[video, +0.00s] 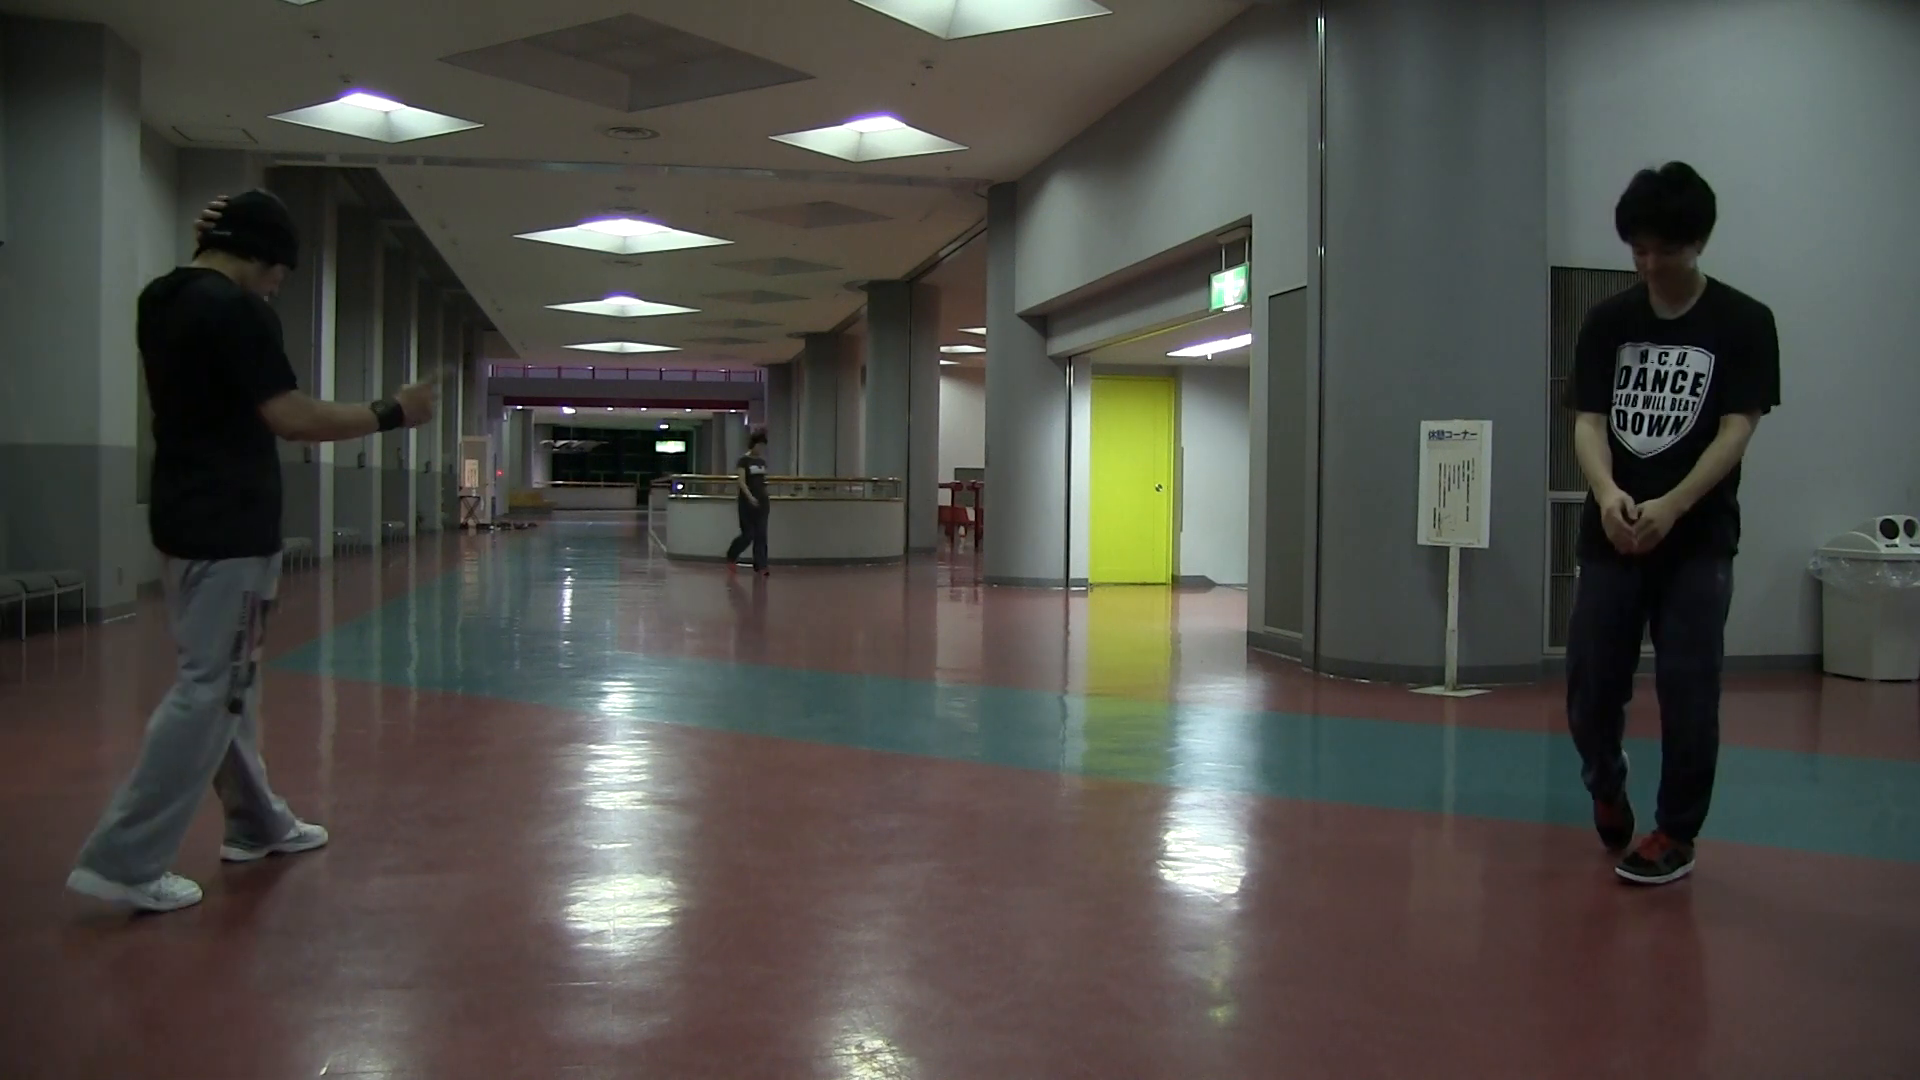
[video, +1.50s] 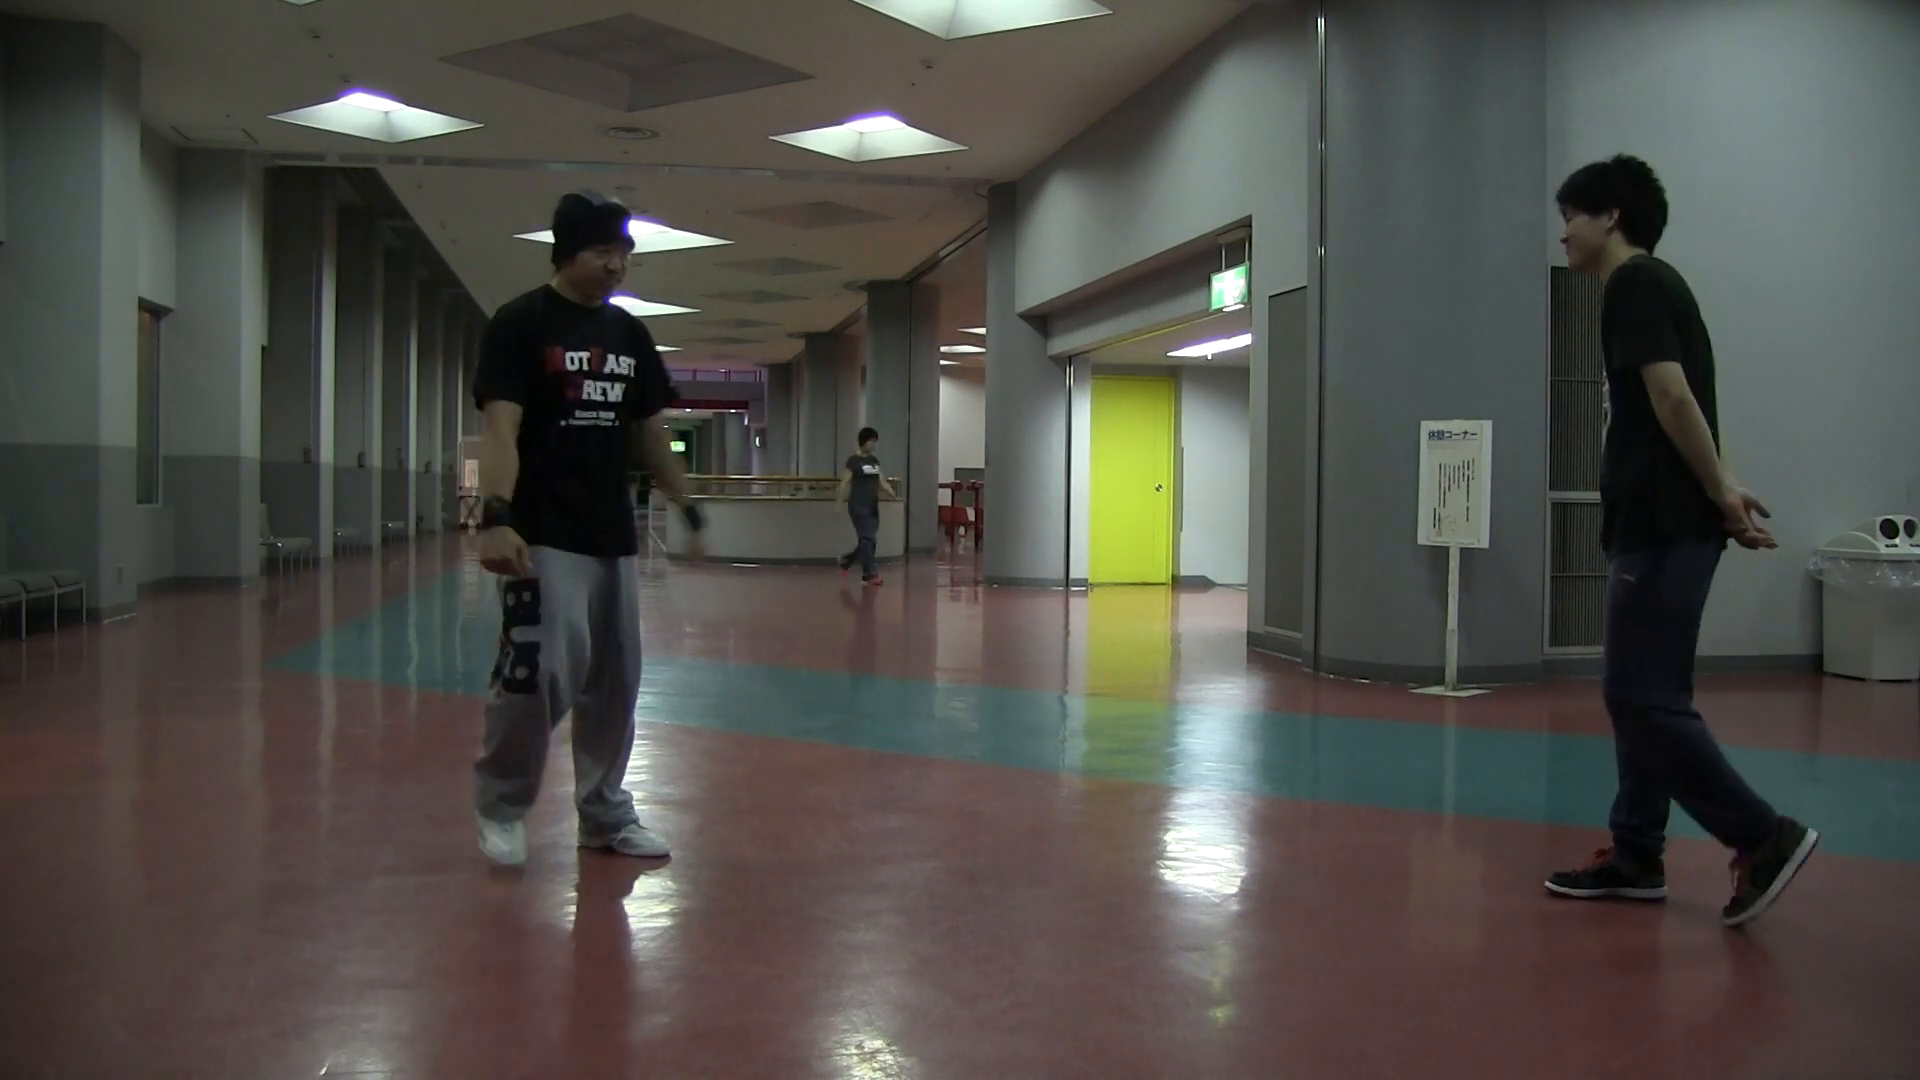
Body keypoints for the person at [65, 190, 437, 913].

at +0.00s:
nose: (276, 288)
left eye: (280, 274)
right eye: (278, 272)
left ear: (212, 244)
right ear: (257, 258)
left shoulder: (160, 300)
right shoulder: (240, 313)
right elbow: (290, 416)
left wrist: (212, 242)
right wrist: (390, 413)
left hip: (184, 522)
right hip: (236, 528)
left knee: (223, 682)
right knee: (207, 691)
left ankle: (257, 824)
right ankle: (119, 862)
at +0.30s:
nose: (344, 280)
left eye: (347, 269)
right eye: (341, 265)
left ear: (288, 251)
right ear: (310, 254)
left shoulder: (258, 300)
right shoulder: (278, 305)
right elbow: (282, 413)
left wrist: (323, 272)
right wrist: (320, 512)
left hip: (250, 520)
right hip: (292, 520)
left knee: (257, 666)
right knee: (358, 659)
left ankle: (246, 820)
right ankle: (284, 808)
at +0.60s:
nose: (425, 295)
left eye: (428, 284)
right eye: (421, 281)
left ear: (381, 268)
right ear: (387, 270)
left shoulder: (368, 323)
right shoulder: (341, 322)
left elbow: (436, 359)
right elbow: (316, 424)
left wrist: (425, 288)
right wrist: (298, 525)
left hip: (347, 534)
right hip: (370, 538)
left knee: (302, 684)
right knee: (404, 684)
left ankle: (259, 816)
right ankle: (438, 810)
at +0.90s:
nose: (480, 278)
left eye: (482, 266)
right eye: (474, 266)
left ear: (439, 262)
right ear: (440, 263)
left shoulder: (425, 326)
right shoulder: (414, 333)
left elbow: (477, 392)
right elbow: (446, 440)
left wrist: (554, 425)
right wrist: (505, 527)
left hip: (441, 530)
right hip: (434, 535)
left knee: (452, 659)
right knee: (451, 674)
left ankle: (396, 759)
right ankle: (440, 812)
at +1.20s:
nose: (555, 279)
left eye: (557, 267)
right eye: (544, 267)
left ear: (541, 267)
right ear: (508, 268)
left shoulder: (536, 337)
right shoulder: (468, 340)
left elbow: (529, 433)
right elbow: (482, 445)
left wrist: (581, 464)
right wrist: (572, 470)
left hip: (534, 536)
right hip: (479, 543)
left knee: (563, 682)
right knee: (467, 680)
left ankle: (608, 816)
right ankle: (438, 811)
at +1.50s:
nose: (619, 266)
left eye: (624, 254)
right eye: (607, 253)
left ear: (623, 257)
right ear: (569, 254)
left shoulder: (630, 334)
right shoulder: (519, 325)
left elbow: (649, 434)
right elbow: (499, 428)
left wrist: (687, 499)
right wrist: (494, 517)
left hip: (611, 534)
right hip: (542, 532)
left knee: (612, 678)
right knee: (546, 673)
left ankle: (605, 813)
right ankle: (501, 802)